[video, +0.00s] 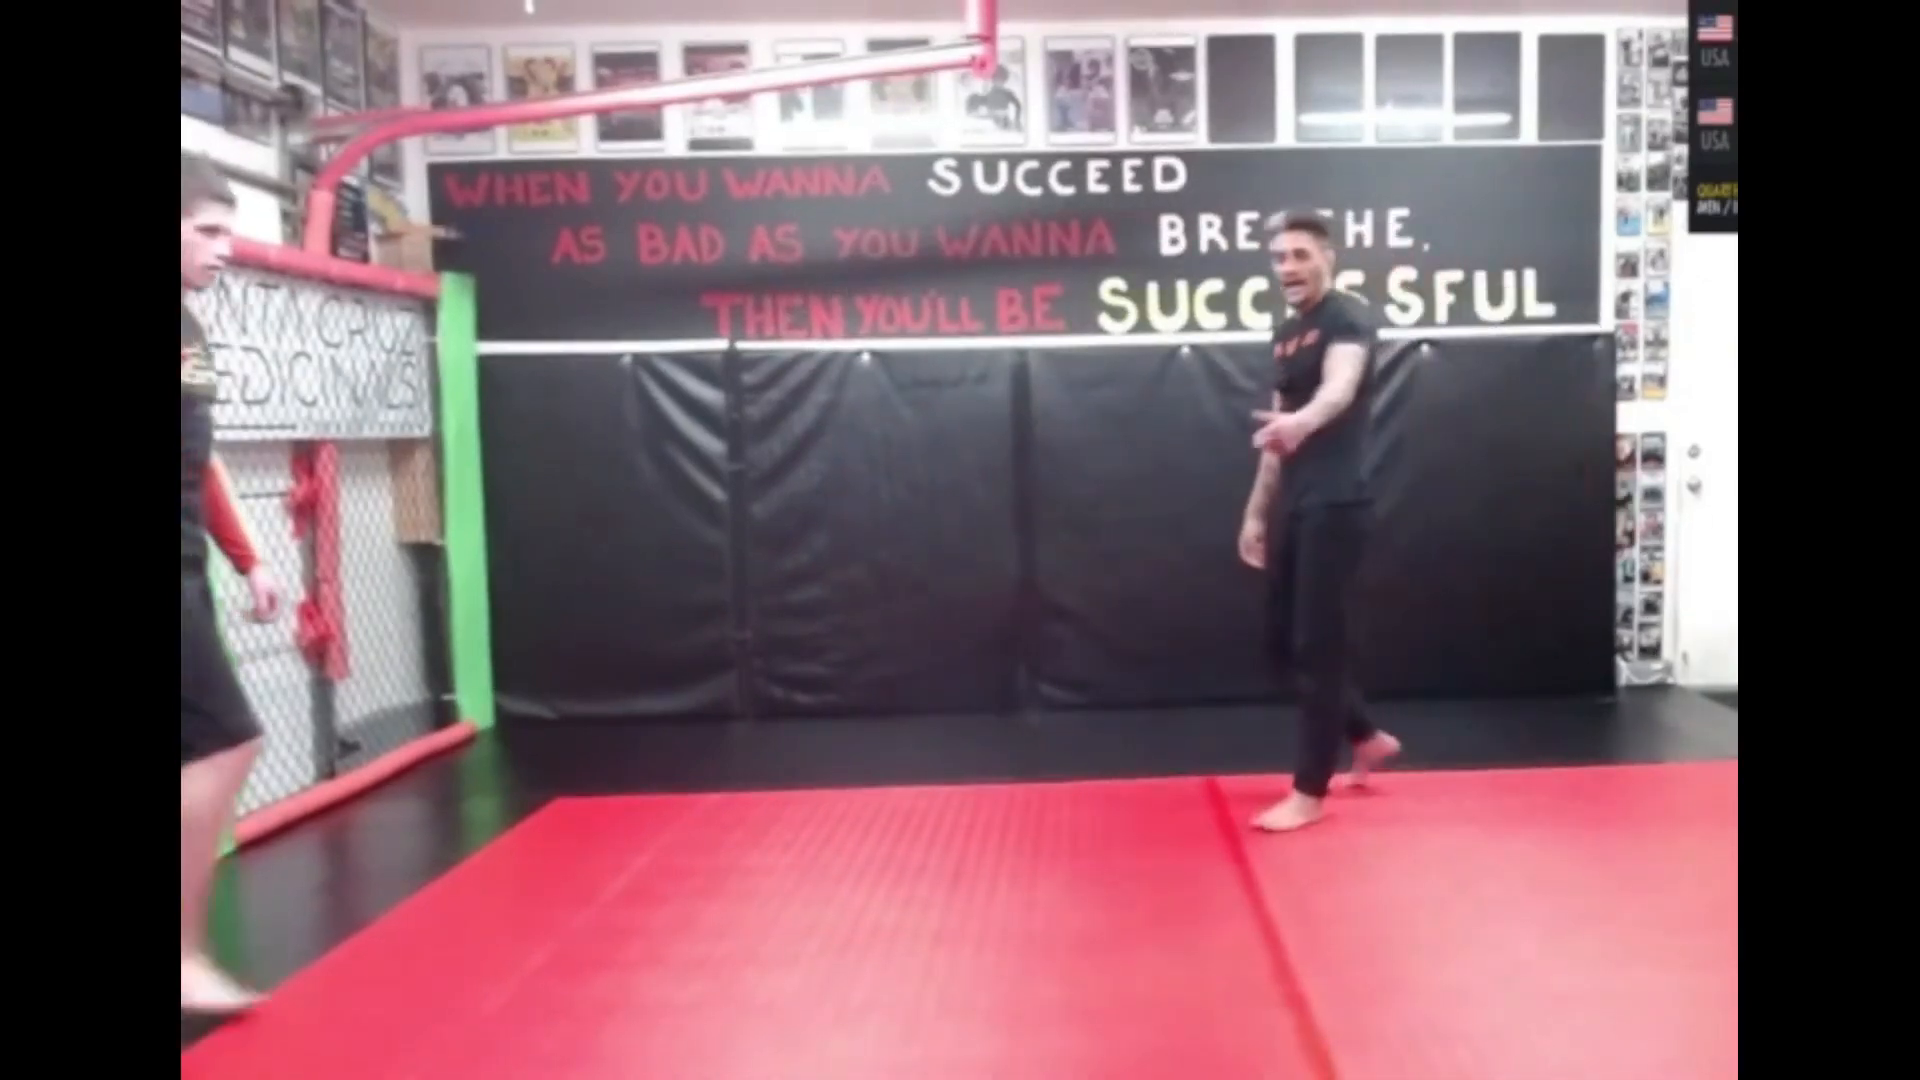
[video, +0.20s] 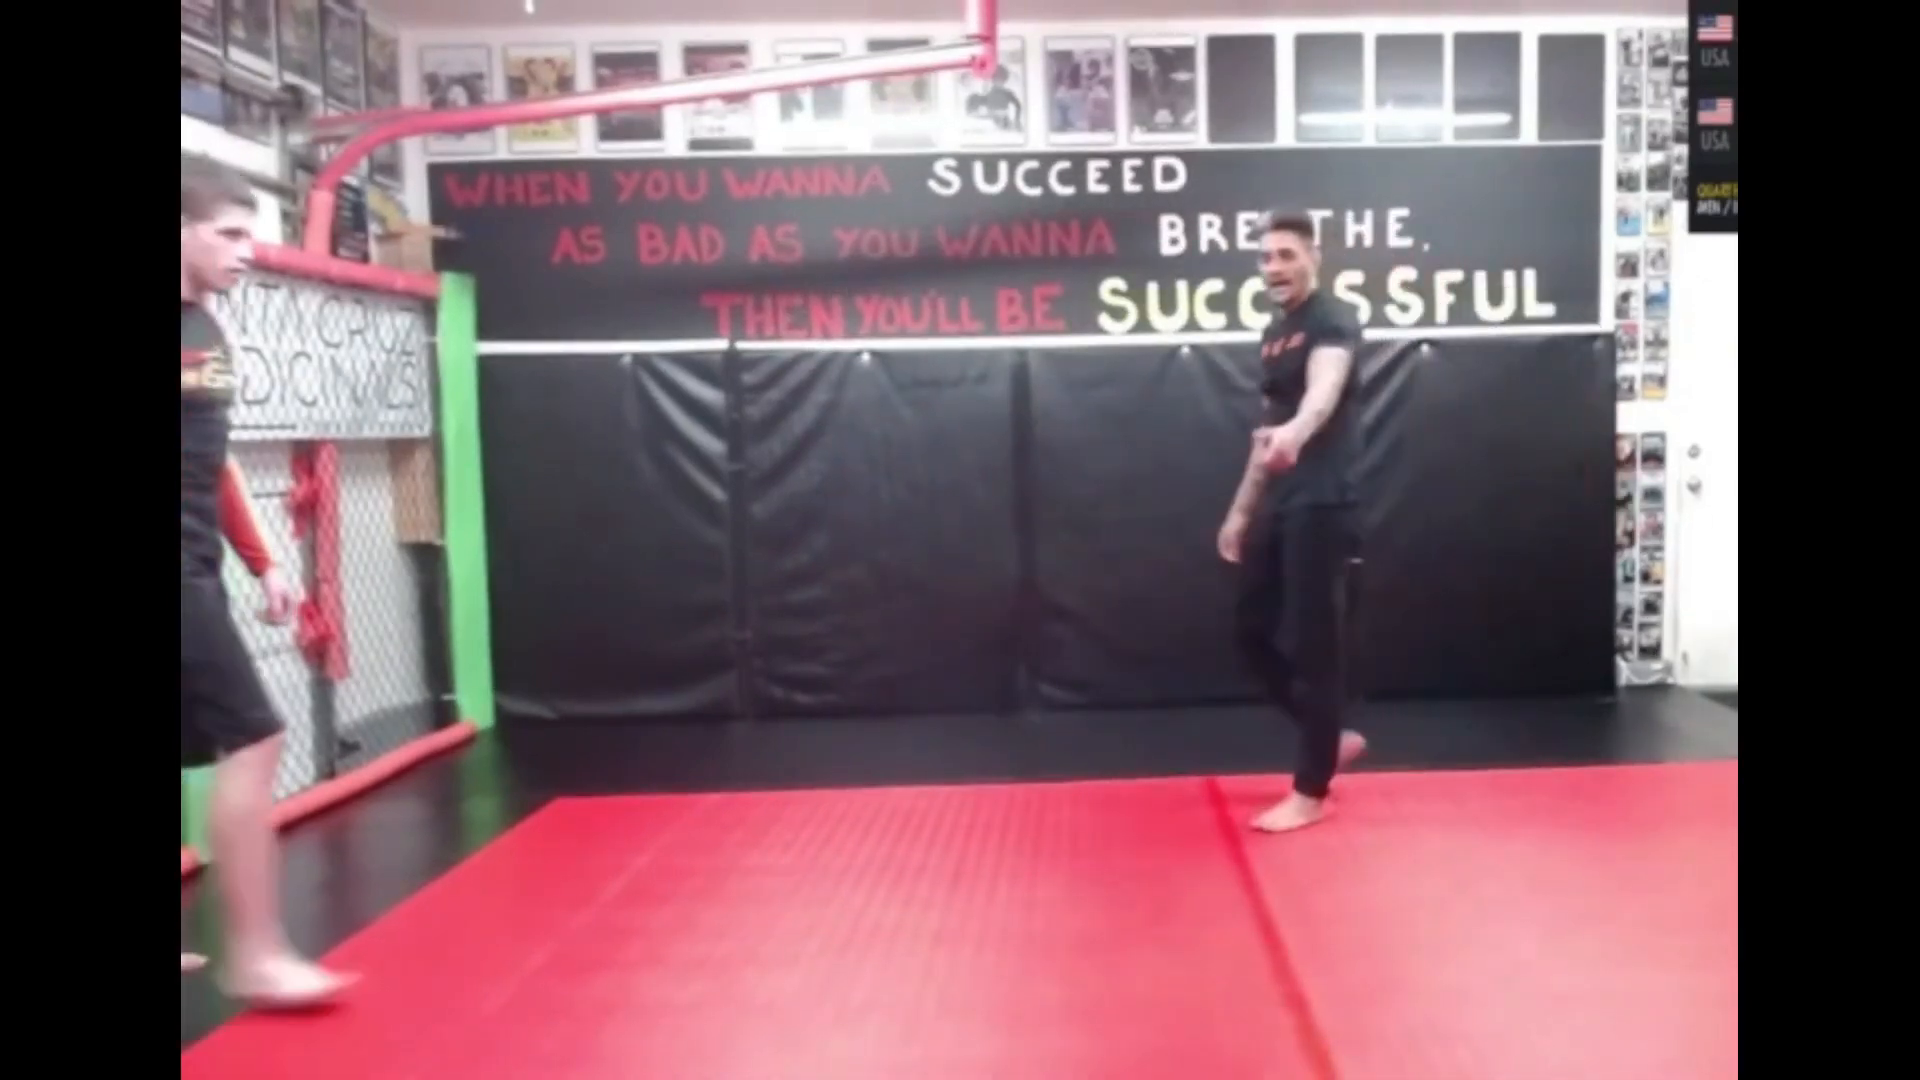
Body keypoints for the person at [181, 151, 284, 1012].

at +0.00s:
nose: (222, 247)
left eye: (225, 232)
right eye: (209, 230)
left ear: (217, 241)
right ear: (174, 236)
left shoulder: (196, 335)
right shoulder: (187, 334)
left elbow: (199, 459)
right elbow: (202, 464)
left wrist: (248, 557)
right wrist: (242, 559)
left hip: (194, 574)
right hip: (187, 576)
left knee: (222, 739)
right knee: (225, 737)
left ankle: (192, 954)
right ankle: (189, 955)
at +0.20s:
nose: (245, 252)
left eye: (249, 237)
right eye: (231, 233)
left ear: (230, 242)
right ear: (183, 232)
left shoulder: (206, 331)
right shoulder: (186, 326)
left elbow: (213, 461)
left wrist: (264, 562)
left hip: (200, 574)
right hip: (183, 577)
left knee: (224, 745)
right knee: (251, 734)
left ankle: (239, 947)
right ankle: (255, 954)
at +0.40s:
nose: (363, 282)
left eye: (368, 266)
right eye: (351, 264)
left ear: (314, 263)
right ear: (293, 256)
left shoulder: (296, 348)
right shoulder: (241, 343)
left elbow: (288, 487)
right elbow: (262, 494)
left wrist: (326, 580)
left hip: (266, 584)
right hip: (238, 588)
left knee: (204, 765)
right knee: (374, 757)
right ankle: (404, 960)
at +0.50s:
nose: (408, 291)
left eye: (412, 275)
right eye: (399, 272)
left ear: (358, 263)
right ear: (344, 258)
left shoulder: (324, 333)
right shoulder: (294, 339)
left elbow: (331, 475)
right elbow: (372, 466)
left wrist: (369, 564)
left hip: (282, 575)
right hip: (282, 578)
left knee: (278, 756)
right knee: (405, 749)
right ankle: (407, 963)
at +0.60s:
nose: (451, 288)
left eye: (457, 271)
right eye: (446, 267)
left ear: (399, 254)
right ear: (391, 249)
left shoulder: (358, 322)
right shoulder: (343, 328)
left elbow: (361, 473)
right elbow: (455, 436)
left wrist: (407, 557)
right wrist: (597, 470)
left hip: (323, 561)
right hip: (323, 563)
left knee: (371, 769)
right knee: (427, 753)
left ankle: (212, 868)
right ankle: (409, 965)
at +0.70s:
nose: (522, 273)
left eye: (527, 256)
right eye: (514, 253)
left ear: (451, 241)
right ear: (456, 237)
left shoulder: (395, 306)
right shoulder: (419, 315)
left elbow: (390, 463)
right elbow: (540, 399)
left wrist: (450, 541)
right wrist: (692, 432)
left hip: (387, 561)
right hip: (385, 567)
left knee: (511, 717)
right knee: (447, 761)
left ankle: (373, 877)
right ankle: (408, 965)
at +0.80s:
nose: (543, 270)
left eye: (548, 253)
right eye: (534, 251)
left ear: (476, 238)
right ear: (478, 234)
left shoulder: (431, 300)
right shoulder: (438, 310)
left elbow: (422, 445)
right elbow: (564, 392)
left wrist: (470, 532)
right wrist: (719, 424)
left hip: (436, 551)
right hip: (399, 558)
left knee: (538, 711)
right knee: (445, 765)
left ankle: (469, 909)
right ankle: (406, 965)